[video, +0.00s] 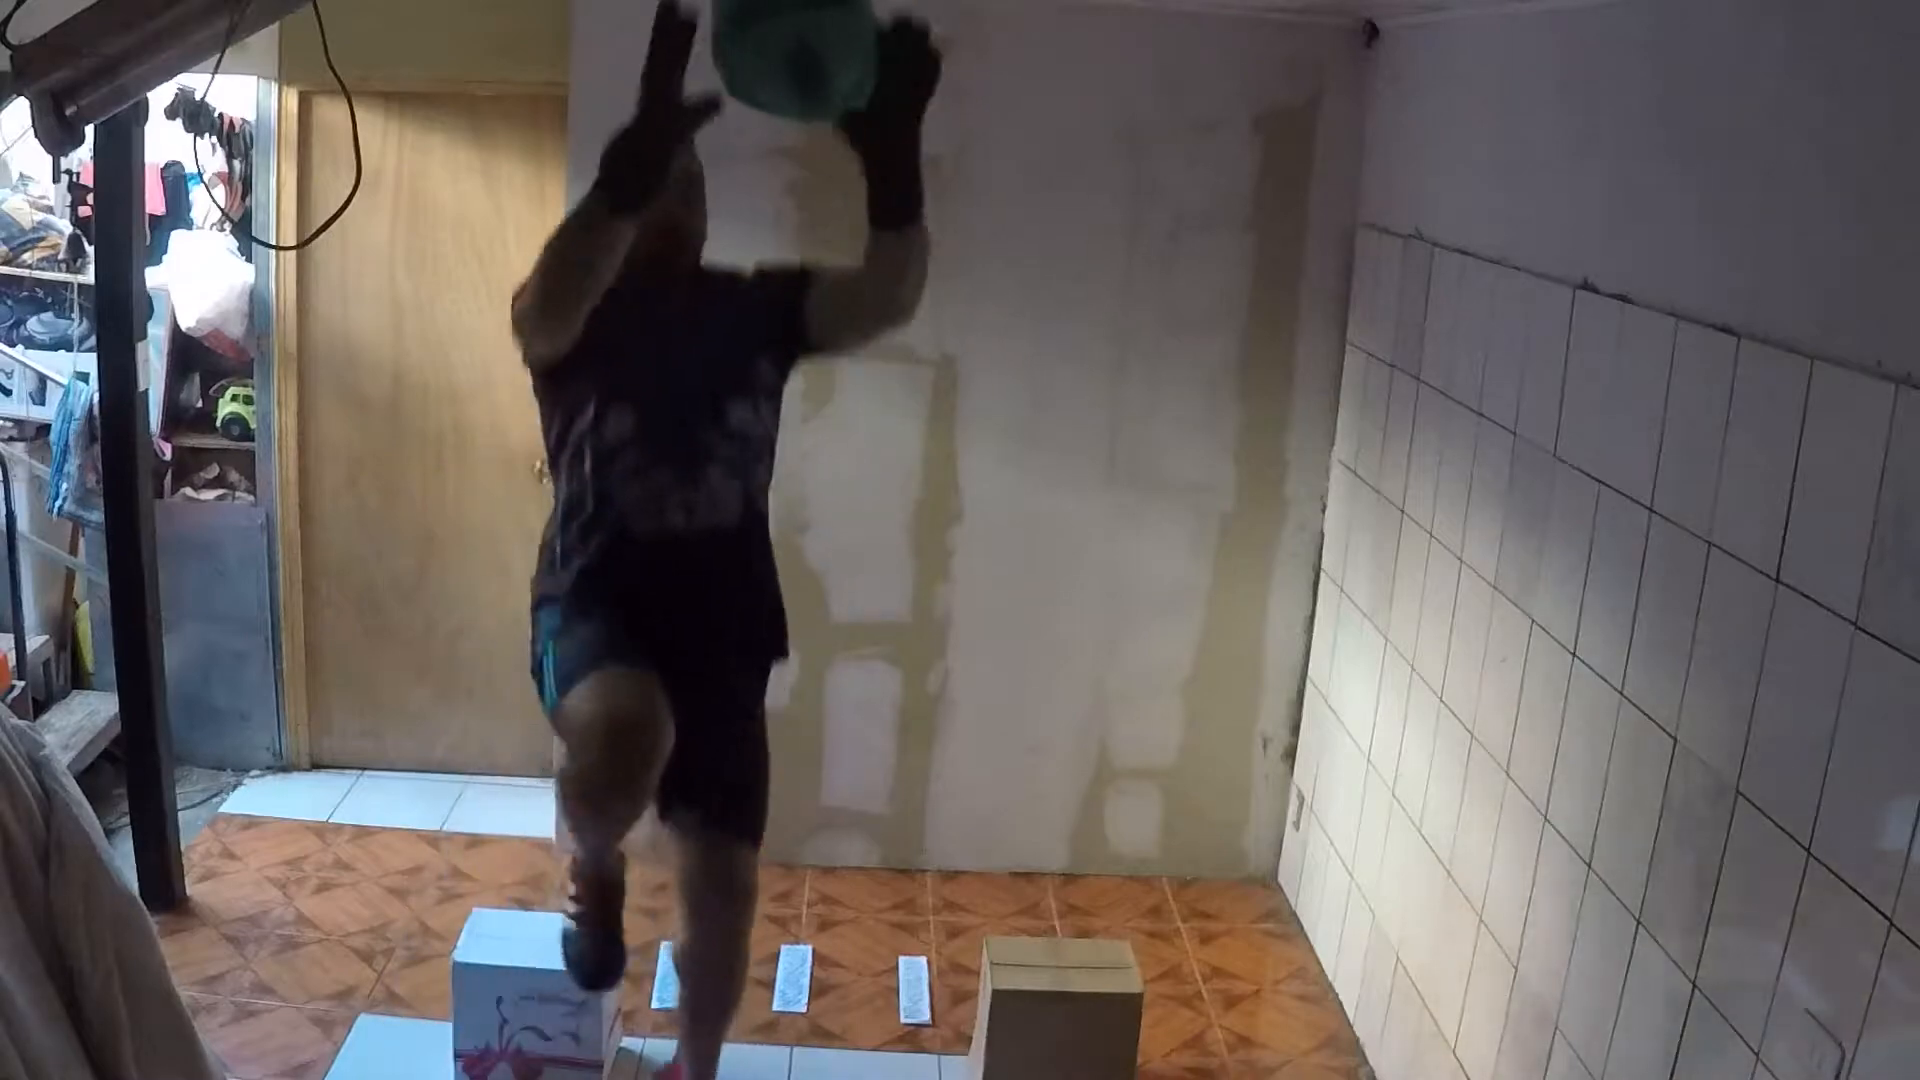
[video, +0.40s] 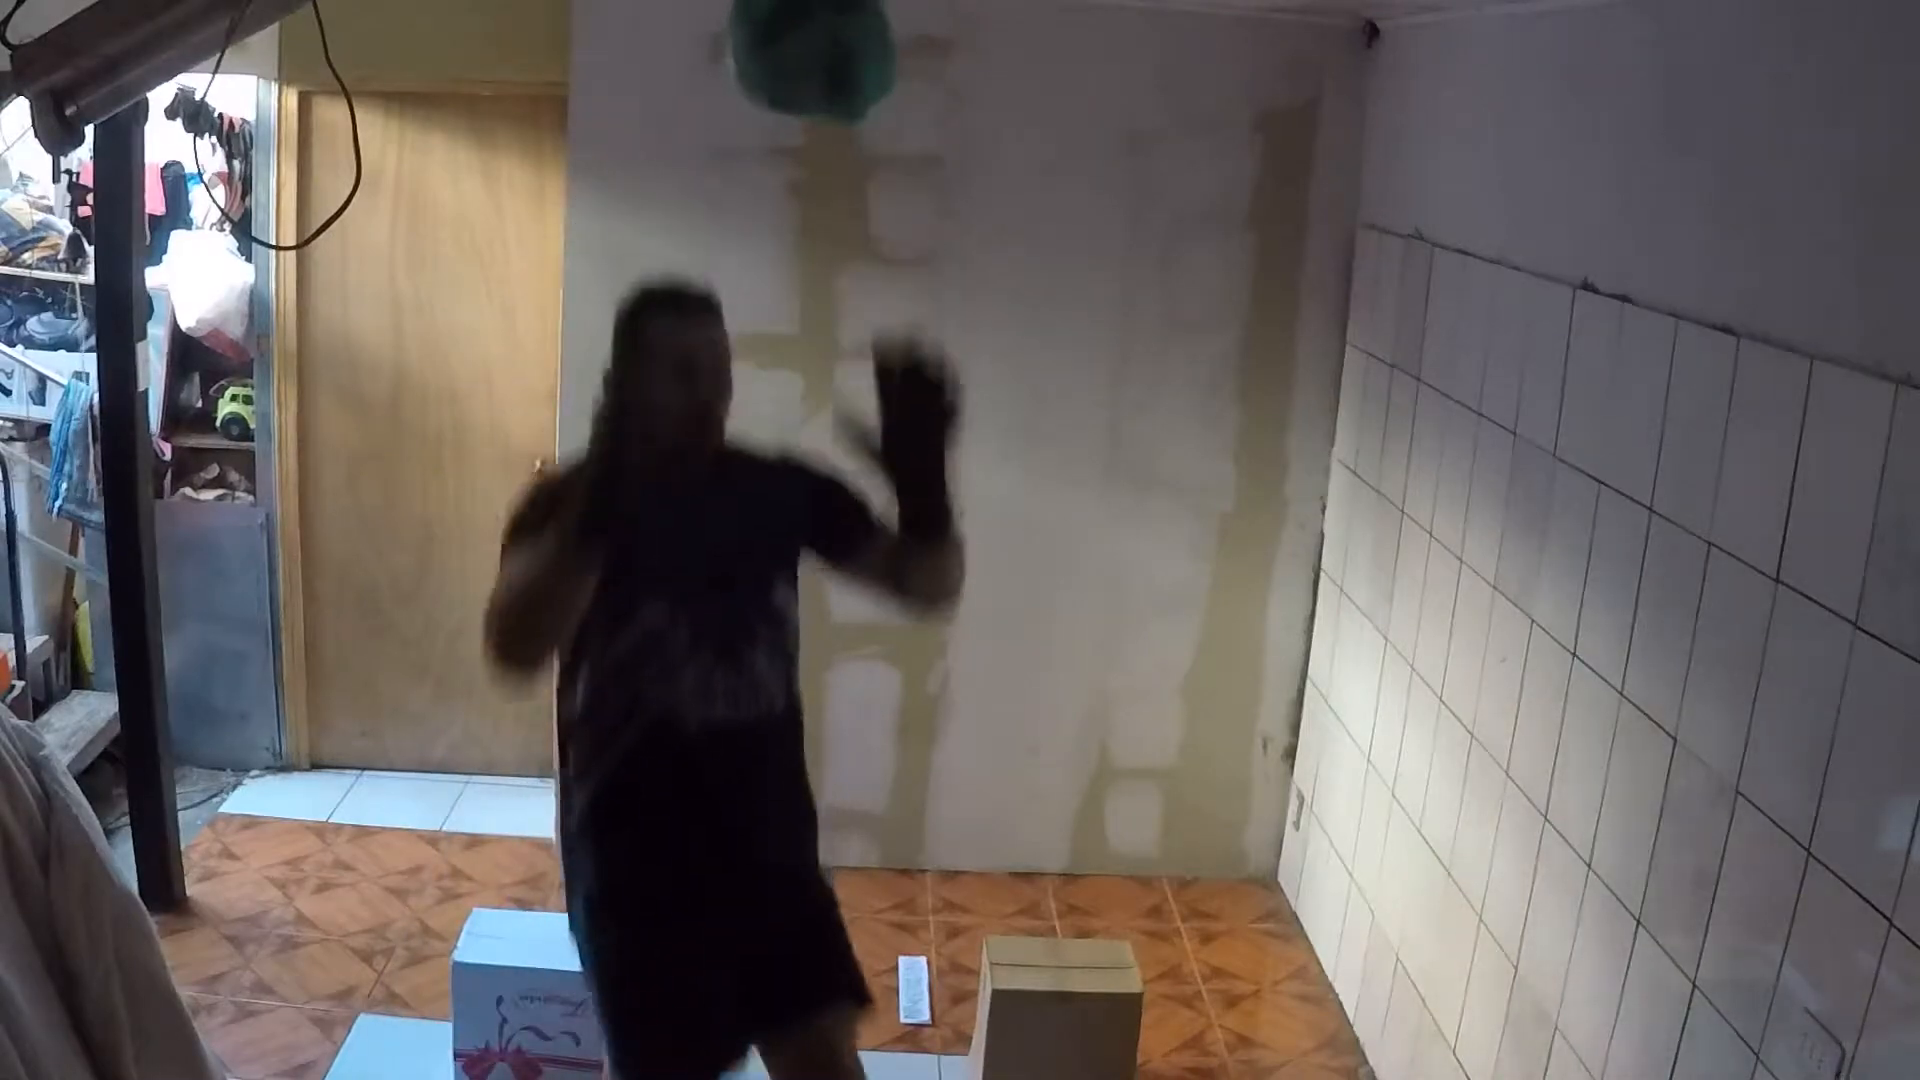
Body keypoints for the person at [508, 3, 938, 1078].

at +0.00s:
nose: (675, 208)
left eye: (685, 189)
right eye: (652, 195)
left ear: (707, 206)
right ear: (613, 218)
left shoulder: (755, 309)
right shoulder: (572, 318)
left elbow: (887, 296)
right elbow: (542, 318)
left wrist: (891, 152)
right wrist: (629, 164)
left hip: (724, 618)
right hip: (596, 601)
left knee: (722, 889)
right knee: (619, 732)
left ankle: (696, 1067)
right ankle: (594, 883)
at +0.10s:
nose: (668, 140)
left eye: (680, 124)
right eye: (642, 124)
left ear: (706, 141)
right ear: (605, 146)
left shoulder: (763, 250)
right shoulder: (564, 245)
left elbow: (894, 253)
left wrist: (877, 105)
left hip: (737, 568)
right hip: (605, 562)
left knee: (760, 857)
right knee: (645, 774)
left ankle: (703, 1053)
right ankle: (622, 963)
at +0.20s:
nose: (688, 158)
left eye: (698, 139)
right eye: (662, 139)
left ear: (720, 159)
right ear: (616, 156)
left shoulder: (766, 261)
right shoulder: (565, 254)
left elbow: (908, 267)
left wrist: (888, 117)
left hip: (747, 597)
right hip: (616, 600)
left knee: (792, 881)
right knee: (662, 876)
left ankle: (741, 1069)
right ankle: (631, 1061)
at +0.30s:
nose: (690, 227)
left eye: (704, 210)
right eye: (666, 209)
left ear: (727, 230)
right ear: (617, 228)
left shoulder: (773, 336)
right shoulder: (569, 337)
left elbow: (926, 380)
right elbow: (556, 411)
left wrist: (904, 230)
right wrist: (635, 244)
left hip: (761, 695)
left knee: (806, 972)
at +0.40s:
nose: (701, 387)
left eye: (713, 365)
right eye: (676, 366)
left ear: (730, 372)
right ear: (624, 377)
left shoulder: (777, 490)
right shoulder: (570, 502)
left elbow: (929, 583)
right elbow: (515, 648)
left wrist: (919, 467)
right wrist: (605, 491)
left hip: (764, 850)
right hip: (632, 868)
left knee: (824, 1062)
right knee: (662, 1067)